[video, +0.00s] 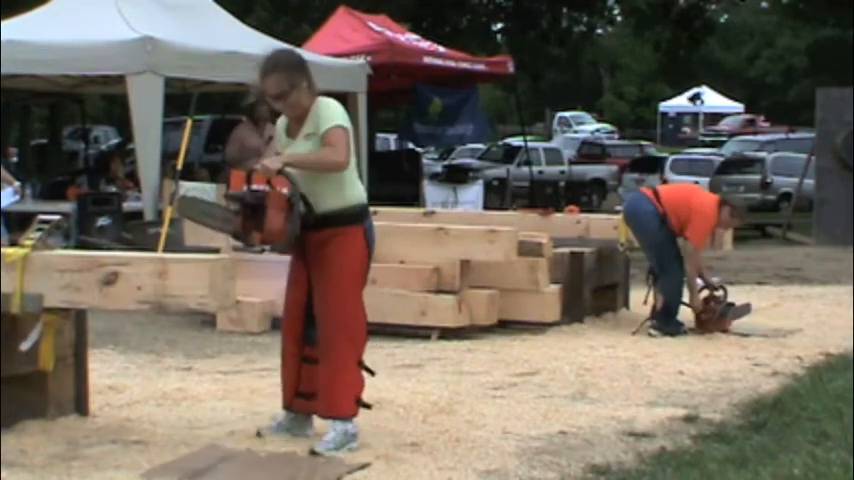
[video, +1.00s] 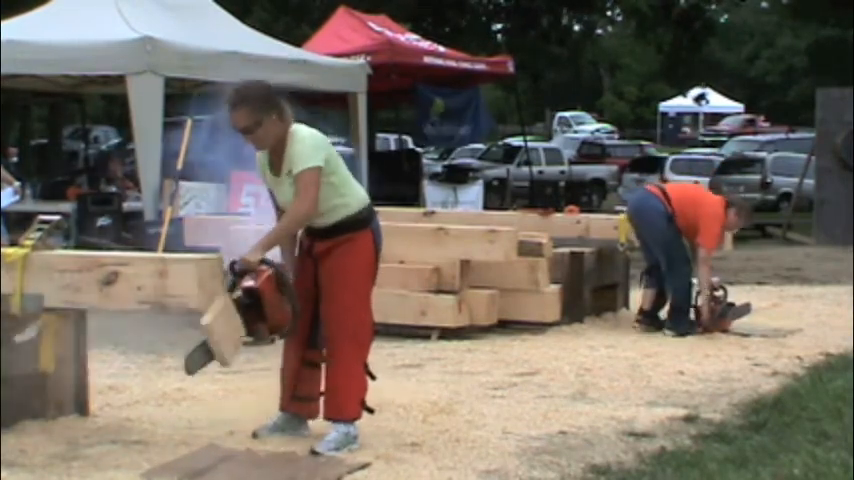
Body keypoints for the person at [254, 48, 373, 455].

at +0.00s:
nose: (277, 106)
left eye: (281, 96)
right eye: (271, 99)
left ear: (304, 85)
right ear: (270, 95)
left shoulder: (329, 110)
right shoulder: (282, 126)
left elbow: (338, 158)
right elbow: (279, 178)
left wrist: (286, 159)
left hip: (344, 232)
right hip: (307, 234)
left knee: (339, 321)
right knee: (298, 319)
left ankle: (344, 422)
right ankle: (297, 413)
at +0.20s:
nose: (270, 111)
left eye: (275, 101)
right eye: (264, 103)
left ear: (299, 92)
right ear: (264, 102)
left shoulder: (325, 118)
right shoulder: (281, 134)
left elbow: (332, 170)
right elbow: (289, 186)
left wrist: (279, 182)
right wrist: (266, 203)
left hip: (348, 234)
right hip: (314, 236)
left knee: (342, 324)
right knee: (304, 323)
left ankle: (345, 422)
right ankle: (298, 413)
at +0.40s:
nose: (263, 116)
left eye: (268, 106)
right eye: (257, 109)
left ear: (293, 96)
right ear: (256, 108)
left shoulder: (321, 121)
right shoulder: (277, 137)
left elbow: (320, 177)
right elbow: (294, 196)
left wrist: (269, 191)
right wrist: (281, 237)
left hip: (351, 232)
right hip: (316, 236)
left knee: (343, 323)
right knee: (304, 322)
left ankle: (344, 422)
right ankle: (297, 413)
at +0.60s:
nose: (255, 123)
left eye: (260, 114)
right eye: (249, 117)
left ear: (284, 103)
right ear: (250, 113)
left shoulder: (314, 126)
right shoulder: (268, 144)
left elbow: (318, 186)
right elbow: (291, 196)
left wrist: (265, 207)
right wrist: (284, 233)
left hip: (346, 234)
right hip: (310, 238)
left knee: (342, 325)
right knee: (299, 324)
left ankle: (343, 423)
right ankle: (294, 413)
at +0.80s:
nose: (250, 131)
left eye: (253, 121)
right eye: (244, 124)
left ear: (276, 107)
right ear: (245, 119)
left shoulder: (310, 130)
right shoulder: (264, 150)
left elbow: (315, 191)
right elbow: (284, 206)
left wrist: (265, 218)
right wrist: (286, 242)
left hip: (347, 235)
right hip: (309, 239)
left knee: (343, 325)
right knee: (302, 325)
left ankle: (344, 422)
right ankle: (296, 413)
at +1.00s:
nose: (249, 139)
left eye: (252, 129)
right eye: (243, 133)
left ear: (277, 116)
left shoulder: (307, 142)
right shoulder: (265, 159)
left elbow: (306, 206)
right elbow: (287, 217)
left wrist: (259, 250)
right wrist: (289, 270)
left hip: (350, 237)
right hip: (311, 242)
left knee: (344, 327)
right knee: (301, 325)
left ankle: (345, 423)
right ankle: (295, 414)